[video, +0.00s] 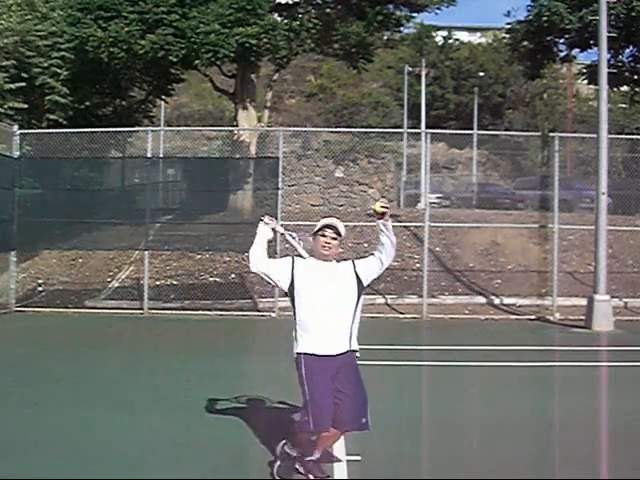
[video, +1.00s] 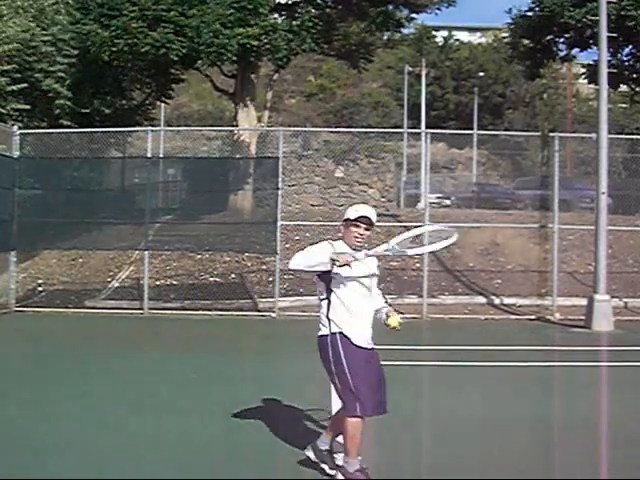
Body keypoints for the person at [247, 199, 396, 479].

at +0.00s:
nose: (328, 240)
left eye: (334, 237)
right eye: (323, 235)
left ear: (341, 246)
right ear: (312, 241)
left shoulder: (353, 270)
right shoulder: (295, 267)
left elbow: (384, 256)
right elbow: (258, 263)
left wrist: (384, 224)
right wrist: (263, 232)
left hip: (345, 353)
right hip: (311, 353)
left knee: (347, 419)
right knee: (317, 421)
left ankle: (311, 460)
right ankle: (289, 450)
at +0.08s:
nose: (333, 233)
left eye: (339, 230)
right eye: (328, 227)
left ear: (345, 237)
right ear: (318, 232)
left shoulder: (357, 264)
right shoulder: (301, 258)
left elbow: (389, 253)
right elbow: (266, 243)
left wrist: (391, 219)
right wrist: (271, 211)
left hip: (344, 347)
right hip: (312, 346)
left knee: (345, 412)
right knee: (316, 415)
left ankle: (311, 457)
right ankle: (287, 449)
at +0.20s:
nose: (341, 220)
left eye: (347, 217)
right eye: (335, 215)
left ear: (352, 226)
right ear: (323, 219)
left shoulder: (363, 254)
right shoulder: (309, 240)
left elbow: (395, 252)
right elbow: (285, 210)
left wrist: (400, 222)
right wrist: (289, 177)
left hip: (343, 332)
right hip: (312, 327)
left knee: (337, 399)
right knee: (310, 397)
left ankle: (315, 453)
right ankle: (289, 449)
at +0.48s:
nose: (350, 220)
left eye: (356, 216)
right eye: (346, 214)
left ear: (361, 222)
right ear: (333, 215)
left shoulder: (362, 256)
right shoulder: (322, 238)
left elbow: (384, 275)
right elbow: (323, 197)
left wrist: (413, 263)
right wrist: (336, 150)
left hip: (341, 330)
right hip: (316, 323)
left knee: (333, 396)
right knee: (315, 394)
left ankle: (316, 456)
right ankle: (297, 457)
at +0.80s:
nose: (360, 229)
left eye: (366, 225)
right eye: (355, 222)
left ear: (370, 230)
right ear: (342, 222)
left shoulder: (367, 261)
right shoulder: (330, 244)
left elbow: (373, 293)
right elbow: (315, 214)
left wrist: (398, 297)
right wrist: (342, 186)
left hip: (354, 335)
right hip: (330, 331)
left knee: (349, 396)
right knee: (346, 397)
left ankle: (315, 451)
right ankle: (351, 465)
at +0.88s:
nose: (362, 232)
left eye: (367, 227)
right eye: (356, 225)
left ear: (371, 232)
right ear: (343, 228)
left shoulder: (368, 261)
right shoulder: (332, 252)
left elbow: (371, 300)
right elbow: (305, 235)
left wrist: (395, 308)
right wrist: (336, 214)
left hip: (359, 336)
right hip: (336, 334)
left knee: (363, 399)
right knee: (356, 400)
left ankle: (320, 448)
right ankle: (351, 467)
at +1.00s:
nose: (361, 232)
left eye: (366, 228)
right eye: (356, 226)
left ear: (371, 232)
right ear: (343, 227)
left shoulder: (369, 260)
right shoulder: (330, 248)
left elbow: (373, 293)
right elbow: (296, 263)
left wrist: (386, 312)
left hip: (361, 337)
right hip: (337, 335)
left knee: (368, 397)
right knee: (355, 400)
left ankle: (322, 444)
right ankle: (351, 467)